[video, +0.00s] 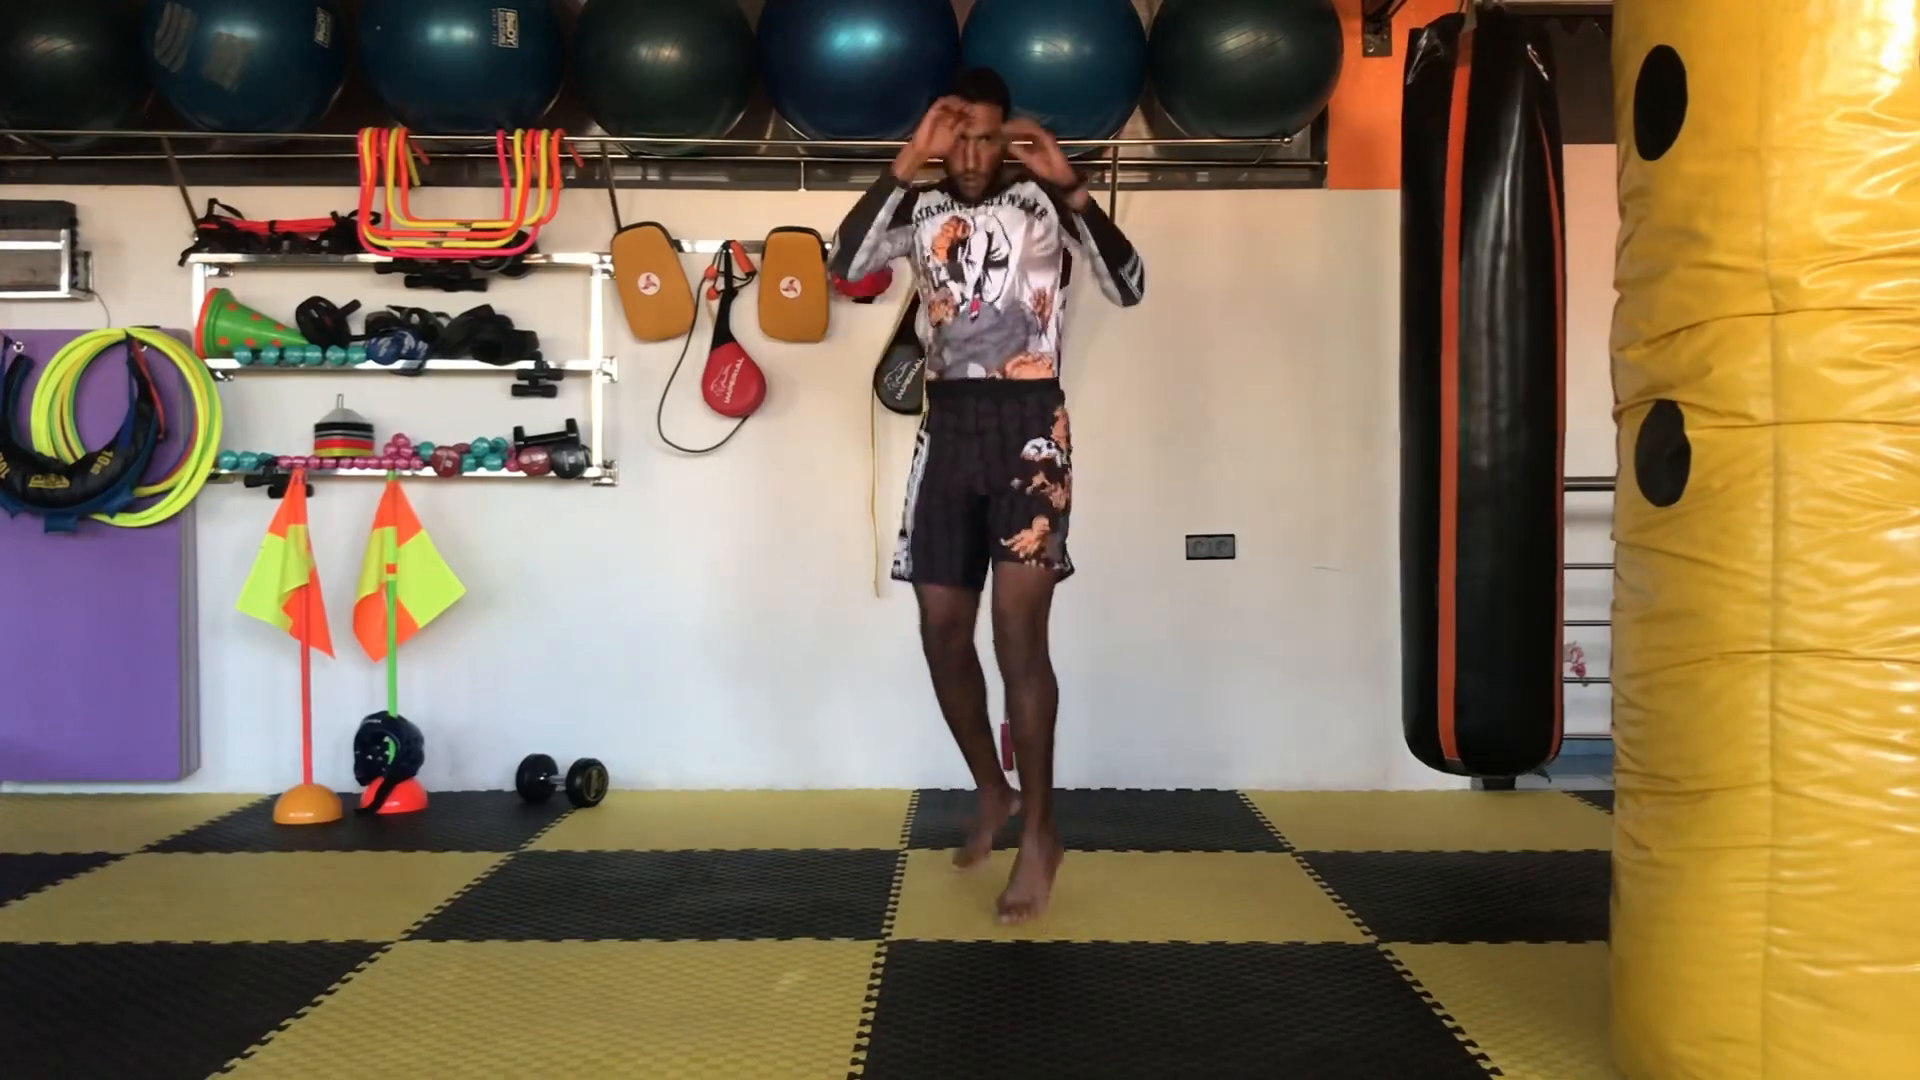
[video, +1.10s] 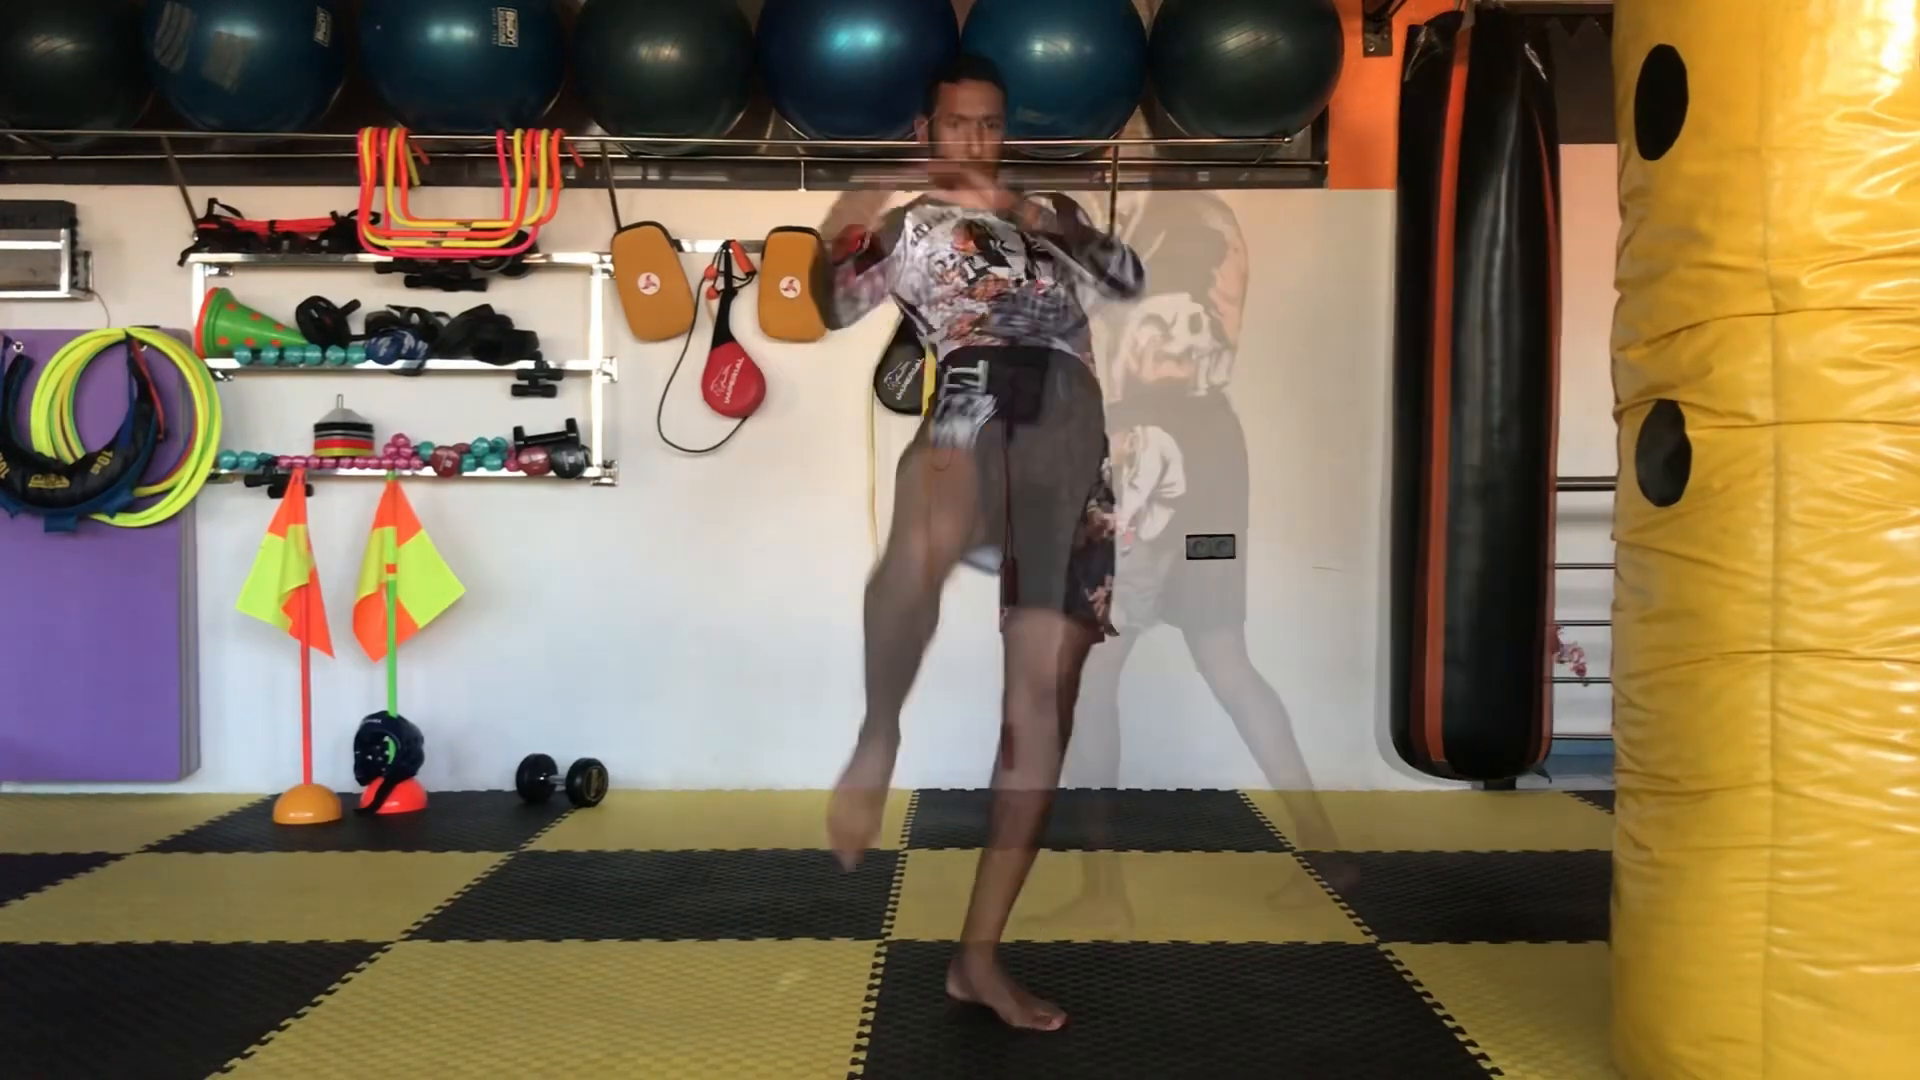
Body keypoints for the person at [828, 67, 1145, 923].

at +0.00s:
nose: (970, 147)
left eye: (986, 132)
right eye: (959, 130)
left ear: (1013, 140)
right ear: (939, 138)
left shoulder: (1048, 209)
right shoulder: (922, 215)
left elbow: (1128, 287)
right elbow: (849, 269)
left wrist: (1071, 189)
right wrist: (904, 169)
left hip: (1030, 432)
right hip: (948, 433)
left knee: (1017, 634)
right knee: (943, 633)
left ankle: (1039, 830)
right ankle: (993, 791)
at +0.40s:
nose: (998, 193)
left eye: (1013, 175)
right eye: (983, 177)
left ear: (1034, 178)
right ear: (962, 182)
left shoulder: (1081, 258)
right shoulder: (932, 267)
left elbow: (1187, 240)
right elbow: (851, 275)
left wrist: (1139, 136)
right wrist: (902, 195)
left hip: (1065, 490)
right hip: (967, 494)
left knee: (1069, 703)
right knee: (930, 740)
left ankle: (1044, 948)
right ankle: (969, 774)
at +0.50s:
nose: (997, 172)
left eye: (1009, 157)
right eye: (980, 157)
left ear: (1032, 165)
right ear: (957, 169)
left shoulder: (1077, 233)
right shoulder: (936, 252)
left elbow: (1126, 177)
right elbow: (865, 339)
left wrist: (1023, 119)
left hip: (1081, 454)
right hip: (982, 445)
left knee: (1077, 695)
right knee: (913, 594)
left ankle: (1027, 945)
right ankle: (924, 719)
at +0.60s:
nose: (996, 177)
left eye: (1011, 161)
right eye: (979, 162)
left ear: (1036, 162)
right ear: (953, 165)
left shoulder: (1063, 230)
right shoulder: (928, 259)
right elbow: (875, 386)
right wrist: (800, 518)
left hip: (1082, 421)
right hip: (984, 410)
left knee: (1089, 684)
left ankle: (1017, 935)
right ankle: (899, 594)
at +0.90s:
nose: (976, 172)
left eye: (990, 157)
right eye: (960, 158)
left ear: (1012, 162)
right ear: (933, 166)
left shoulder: (1050, 238)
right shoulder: (921, 264)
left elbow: (1072, 213)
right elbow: (841, 349)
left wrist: (940, 195)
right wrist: (760, 403)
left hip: (1092, 438)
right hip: (997, 418)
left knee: (1088, 693)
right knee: (949, 317)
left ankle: (1001, 935)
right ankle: (881, 582)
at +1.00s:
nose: (976, 159)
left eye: (990, 143)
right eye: (959, 143)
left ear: (1010, 154)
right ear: (927, 154)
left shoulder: (1050, 228)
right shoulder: (910, 252)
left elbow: (1106, 232)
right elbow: (828, 322)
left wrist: (966, 197)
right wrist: (784, 303)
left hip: (1084, 446)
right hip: (992, 432)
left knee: (1061, 717)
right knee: (941, 411)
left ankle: (981, 948)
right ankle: (880, 653)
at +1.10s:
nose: (972, 138)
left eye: (988, 124)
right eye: (957, 122)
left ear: (1007, 132)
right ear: (927, 129)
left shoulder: (1051, 216)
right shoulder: (901, 218)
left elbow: (1131, 276)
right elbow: (838, 306)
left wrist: (1036, 216)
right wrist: (858, 223)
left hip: (1069, 439)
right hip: (964, 424)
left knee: (1041, 710)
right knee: (923, 540)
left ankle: (980, 954)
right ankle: (877, 740)